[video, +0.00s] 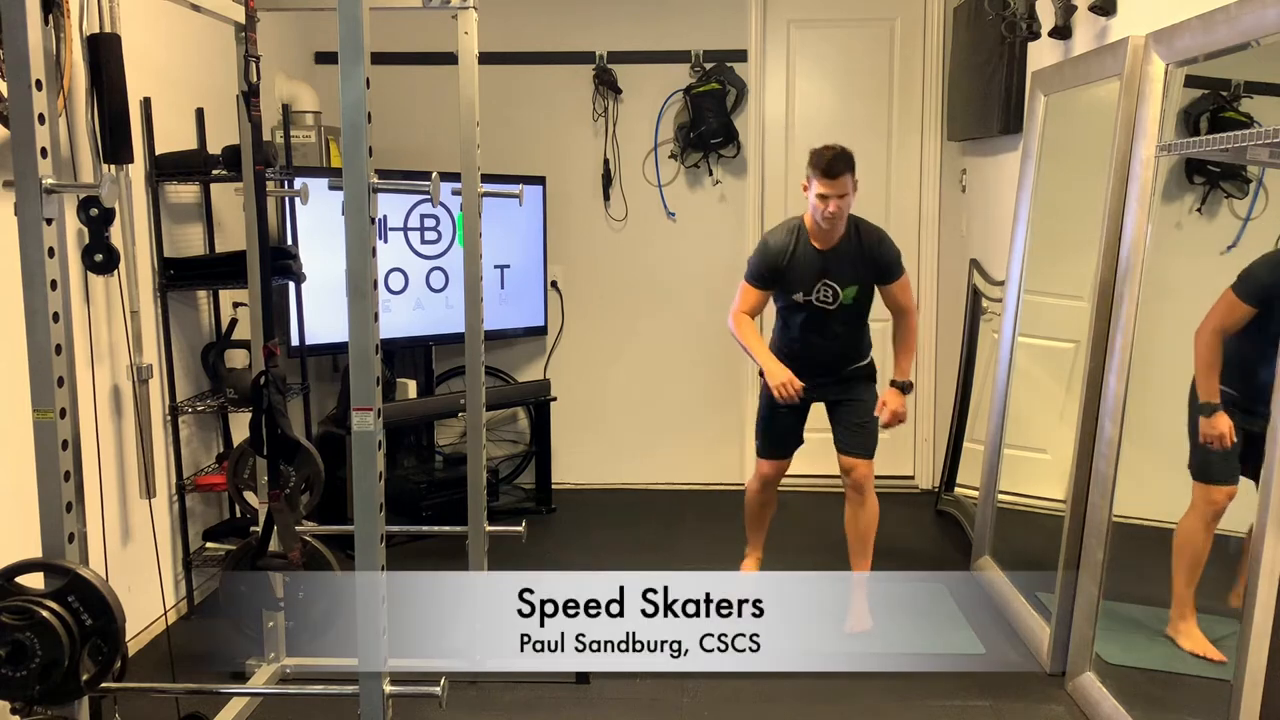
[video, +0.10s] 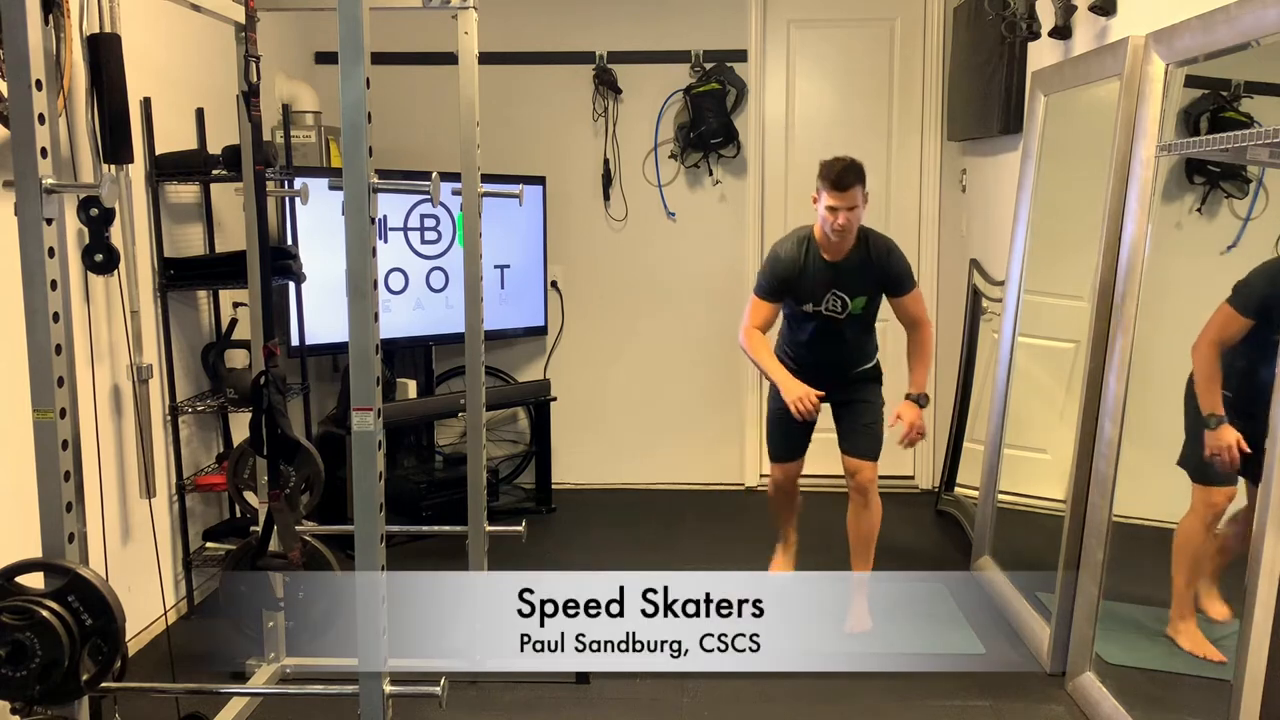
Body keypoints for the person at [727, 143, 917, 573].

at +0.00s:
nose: (832, 207)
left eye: (842, 197)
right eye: (823, 197)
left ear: (855, 191)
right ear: (806, 190)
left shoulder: (875, 246)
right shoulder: (777, 247)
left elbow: (905, 312)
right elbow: (740, 316)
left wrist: (900, 384)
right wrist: (769, 364)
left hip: (851, 376)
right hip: (788, 375)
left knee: (859, 478)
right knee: (767, 473)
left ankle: (860, 592)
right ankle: (752, 558)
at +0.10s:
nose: (841, 220)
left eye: (851, 209)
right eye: (833, 209)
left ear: (864, 204)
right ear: (816, 202)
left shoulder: (883, 256)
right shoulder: (787, 255)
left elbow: (919, 326)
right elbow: (750, 332)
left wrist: (916, 398)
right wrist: (787, 383)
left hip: (857, 376)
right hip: (796, 376)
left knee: (863, 481)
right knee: (782, 475)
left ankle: (861, 594)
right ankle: (786, 544)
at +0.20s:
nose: (849, 235)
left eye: (858, 224)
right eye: (840, 224)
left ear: (871, 218)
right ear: (823, 215)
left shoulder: (889, 268)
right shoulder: (794, 269)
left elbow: (926, 337)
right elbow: (758, 350)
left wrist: (929, 402)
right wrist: (799, 396)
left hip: (860, 382)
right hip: (799, 383)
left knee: (862, 483)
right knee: (800, 485)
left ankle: (860, 594)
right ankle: (822, 527)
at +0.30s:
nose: (851, 255)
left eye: (861, 244)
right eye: (842, 243)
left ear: (875, 235)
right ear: (825, 233)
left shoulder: (891, 280)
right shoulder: (797, 284)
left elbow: (932, 348)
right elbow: (765, 370)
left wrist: (938, 397)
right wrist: (808, 407)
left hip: (861, 389)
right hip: (803, 394)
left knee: (861, 486)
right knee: (816, 489)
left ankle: (859, 595)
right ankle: (852, 518)